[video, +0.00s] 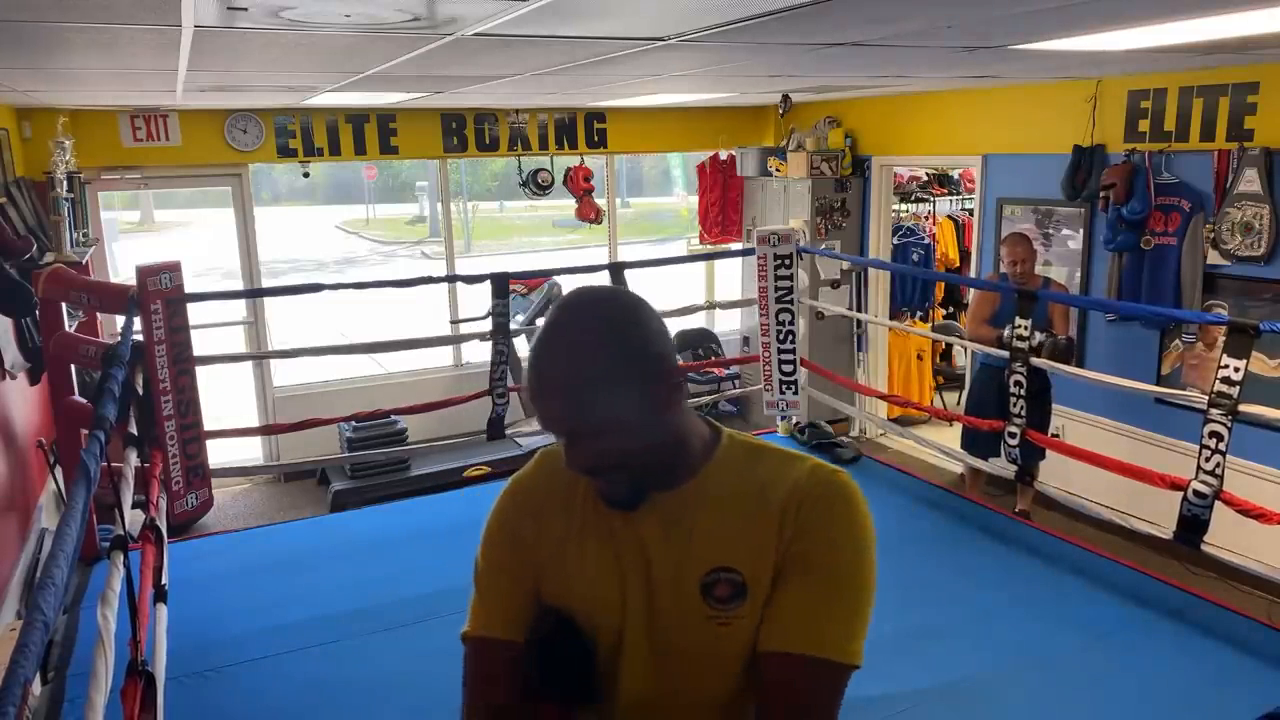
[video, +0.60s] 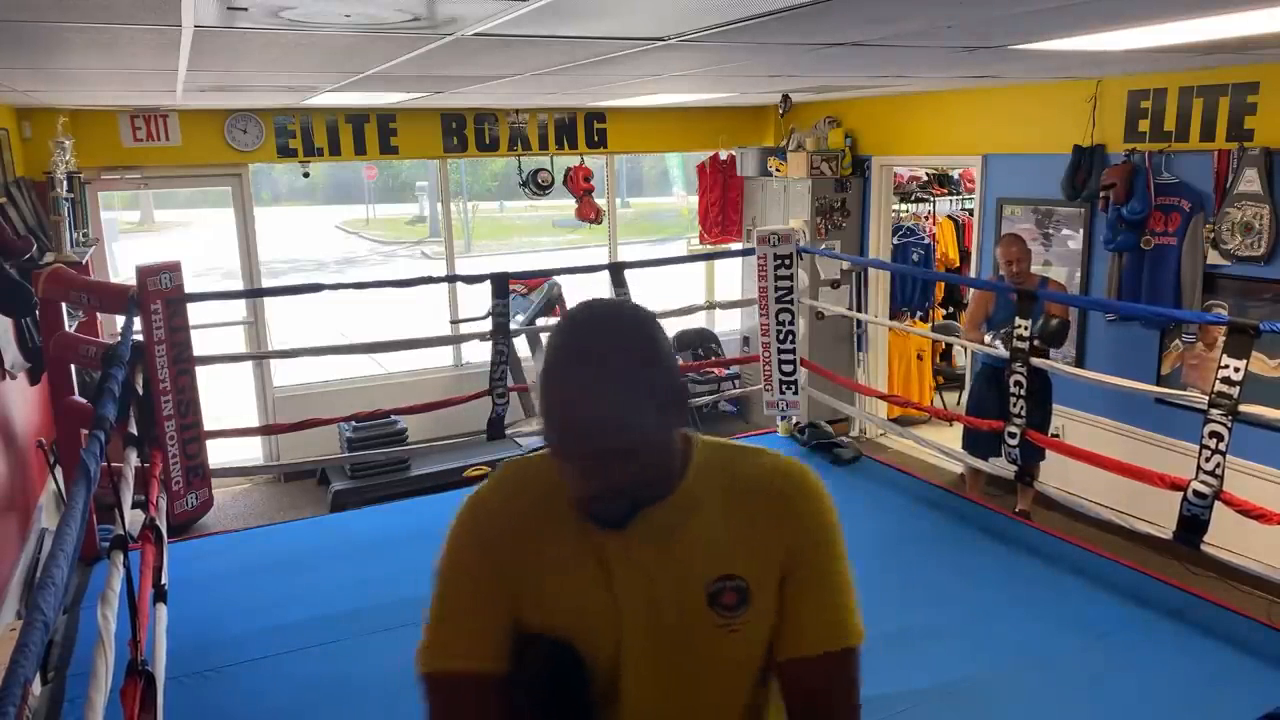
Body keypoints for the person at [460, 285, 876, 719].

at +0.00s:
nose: (576, 466)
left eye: (598, 444)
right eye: (558, 438)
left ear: (673, 389)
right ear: (538, 411)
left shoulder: (813, 506)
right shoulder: (528, 503)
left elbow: (794, 708)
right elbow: (489, 703)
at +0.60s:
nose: (584, 486)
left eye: (615, 456)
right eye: (565, 455)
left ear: (680, 417)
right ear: (546, 426)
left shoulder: (783, 503)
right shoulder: (495, 516)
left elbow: (826, 707)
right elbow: (459, 701)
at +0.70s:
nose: (531, 489)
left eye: (559, 461)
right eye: (513, 460)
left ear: (626, 428)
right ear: (495, 436)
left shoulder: (732, 496)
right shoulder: (451, 534)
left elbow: (796, 684)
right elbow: (420, 706)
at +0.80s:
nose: (472, 511)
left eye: (503, 482)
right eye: (451, 480)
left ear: (574, 437)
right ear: (432, 453)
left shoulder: (678, 488)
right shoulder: (390, 564)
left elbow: (745, 685)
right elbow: (368, 709)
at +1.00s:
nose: (378, 568)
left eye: (413, 548)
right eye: (351, 541)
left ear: (478, 461)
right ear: (318, 476)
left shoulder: (556, 473)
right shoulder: (287, 623)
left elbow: (636, 654)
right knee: (423, 705)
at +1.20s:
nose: (364, 576)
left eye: (395, 555)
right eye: (331, 547)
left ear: (452, 464)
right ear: (290, 473)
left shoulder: (517, 467)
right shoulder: (264, 629)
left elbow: (588, 626)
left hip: (523, 702)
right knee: (410, 708)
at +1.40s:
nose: (378, 525)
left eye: (410, 493)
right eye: (346, 490)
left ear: (453, 434)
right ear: (302, 428)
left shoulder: (487, 460)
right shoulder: (262, 604)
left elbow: (536, 607)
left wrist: (537, 708)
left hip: (504, 699)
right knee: (402, 696)